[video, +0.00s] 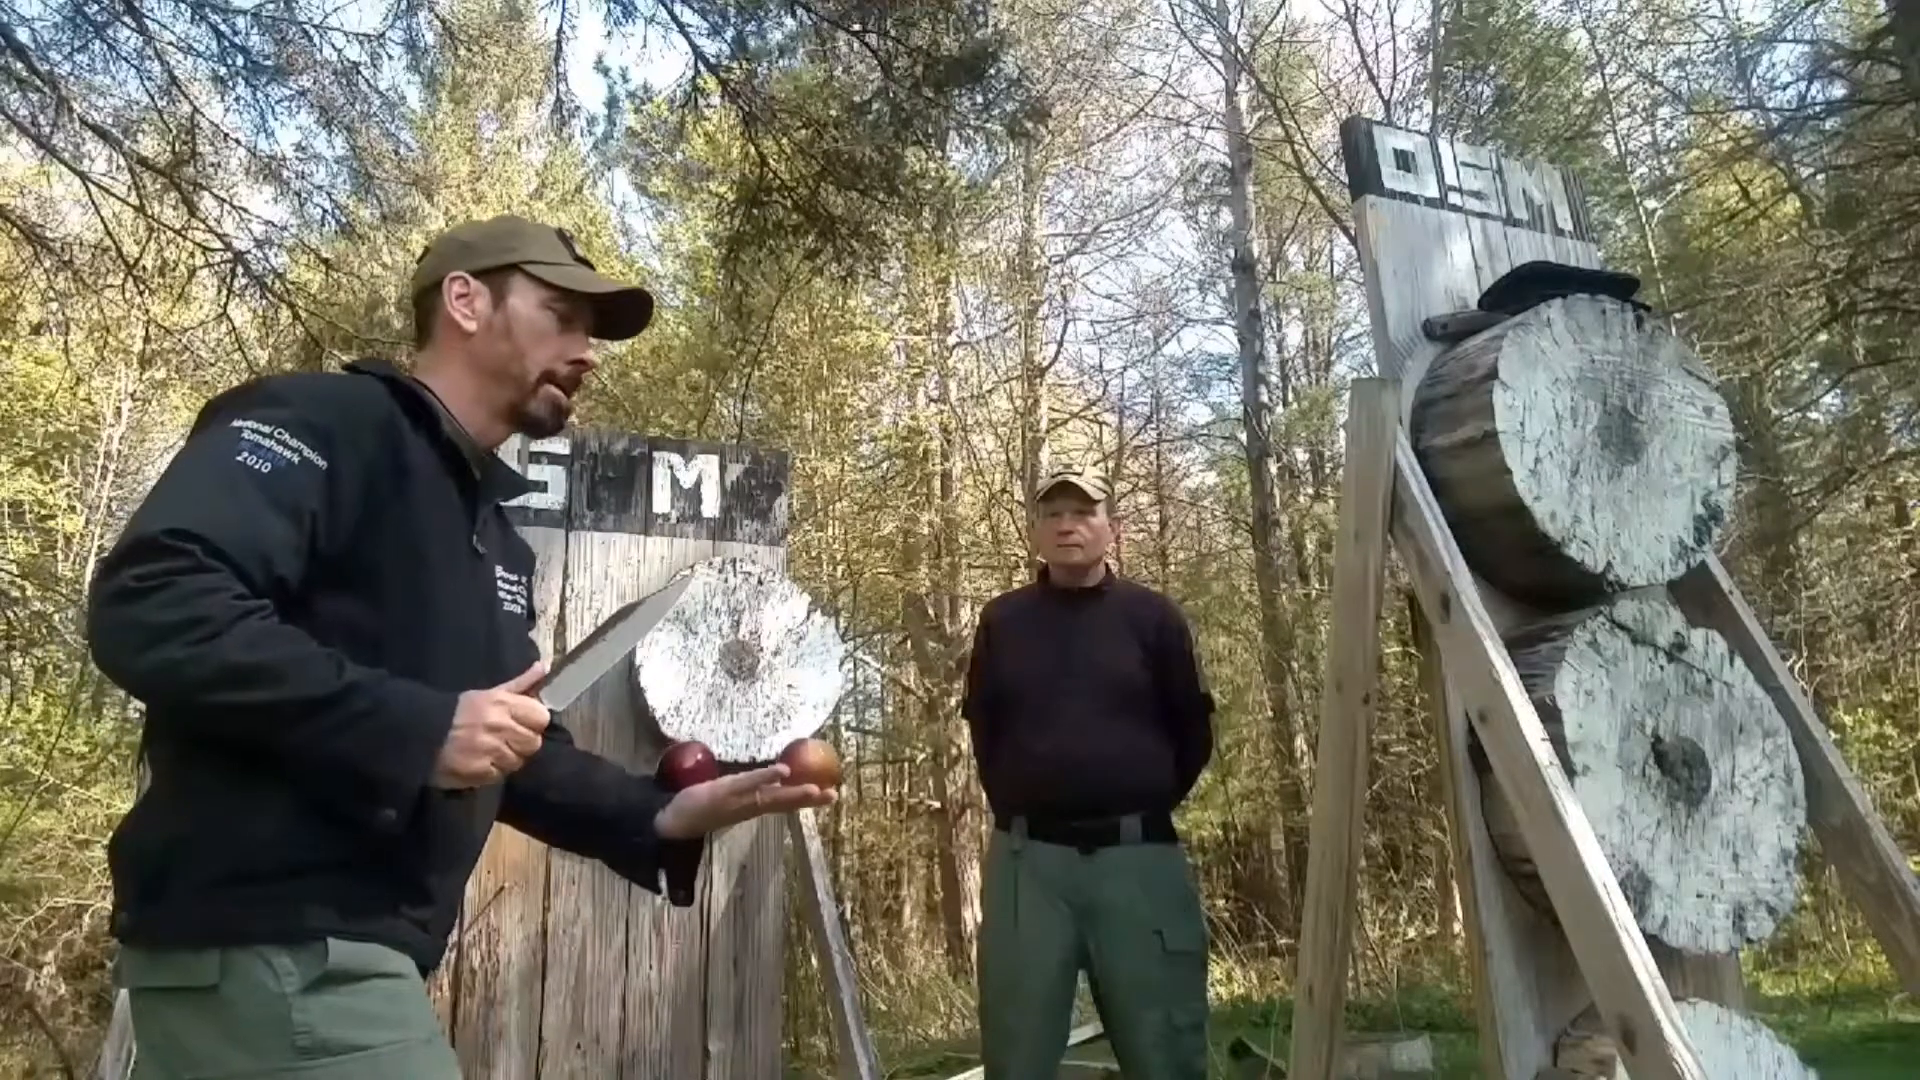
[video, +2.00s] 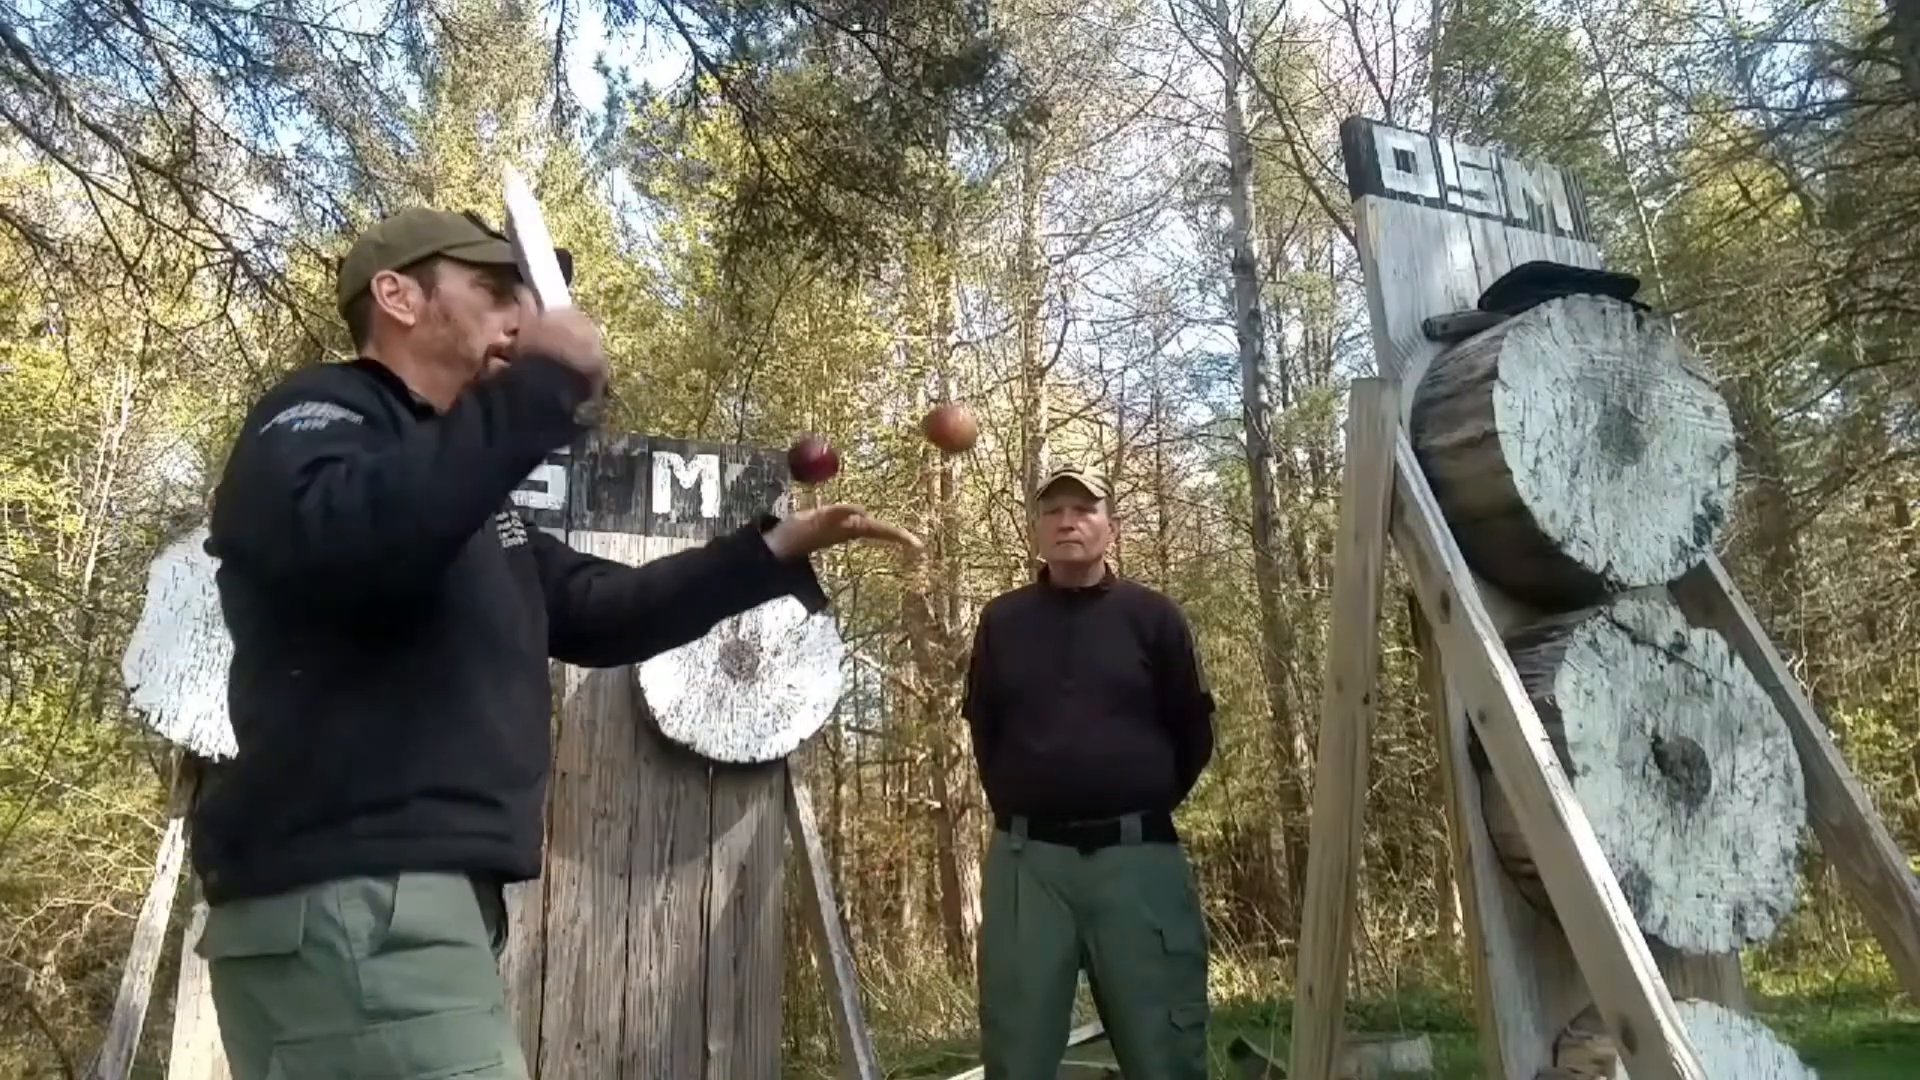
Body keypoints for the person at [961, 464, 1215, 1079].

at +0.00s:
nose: (1068, 524)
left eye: (1082, 512)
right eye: (1053, 515)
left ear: (1111, 530)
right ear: (1032, 534)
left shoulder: (1154, 615)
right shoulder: (1001, 618)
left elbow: (1194, 732)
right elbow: (982, 723)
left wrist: (1140, 812)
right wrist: (1024, 815)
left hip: (1140, 862)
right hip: (1026, 861)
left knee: (1164, 1058)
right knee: (1017, 1059)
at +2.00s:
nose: (1069, 521)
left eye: (1083, 510)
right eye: (1053, 512)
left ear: (1110, 530)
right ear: (1034, 533)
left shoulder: (1153, 614)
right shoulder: (1000, 618)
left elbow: (1194, 731)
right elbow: (983, 726)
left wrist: (1141, 813)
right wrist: (1026, 814)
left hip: (1138, 860)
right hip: (1025, 861)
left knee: (1164, 1057)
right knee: (1016, 1059)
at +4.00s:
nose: (1074, 525)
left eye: (1087, 513)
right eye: (1058, 513)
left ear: (1105, 533)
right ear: (1030, 530)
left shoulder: (1146, 612)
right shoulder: (992, 620)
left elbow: (1187, 722)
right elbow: (979, 730)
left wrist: (1138, 803)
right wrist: (1026, 815)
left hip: (1140, 861)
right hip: (1028, 862)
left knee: (1167, 1048)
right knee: (1019, 1052)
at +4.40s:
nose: (1075, 534)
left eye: (1087, 520)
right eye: (1058, 520)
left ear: (1103, 534)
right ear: (1028, 533)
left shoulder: (1144, 611)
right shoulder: (990, 620)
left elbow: (1186, 718)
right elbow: (980, 732)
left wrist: (1137, 800)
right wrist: (1026, 812)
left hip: (1143, 865)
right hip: (1029, 866)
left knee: (1168, 1049)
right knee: (1020, 1055)